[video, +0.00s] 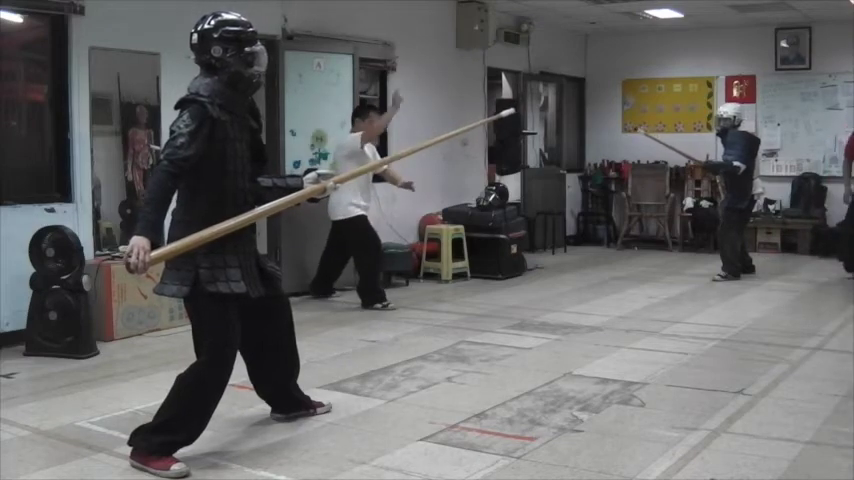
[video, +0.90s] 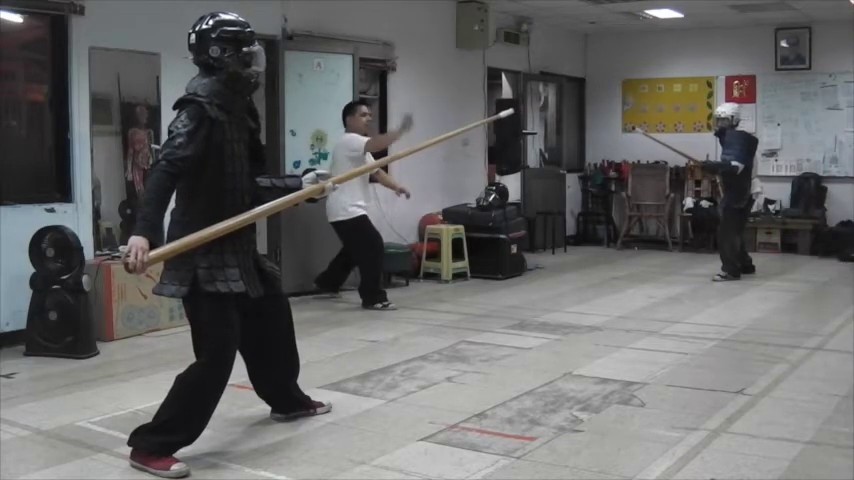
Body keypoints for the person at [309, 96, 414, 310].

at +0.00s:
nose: (379, 127)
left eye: (380, 123)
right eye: (376, 122)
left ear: (367, 123)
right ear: (363, 123)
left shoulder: (369, 150)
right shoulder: (347, 143)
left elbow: (384, 169)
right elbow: (374, 130)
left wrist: (400, 182)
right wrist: (393, 111)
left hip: (355, 208)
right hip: (345, 208)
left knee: (337, 251)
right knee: (370, 247)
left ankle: (320, 287)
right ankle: (371, 298)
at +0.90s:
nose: (369, 118)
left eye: (369, 115)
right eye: (363, 115)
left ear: (367, 119)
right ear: (349, 119)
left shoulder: (361, 147)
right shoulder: (348, 140)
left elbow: (377, 173)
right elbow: (372, 145)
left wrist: (397, 187)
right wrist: (397, 132)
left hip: (351, 208)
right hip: (345, 208)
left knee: (356, 247)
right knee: (372, 244)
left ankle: (327, 282)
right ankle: (372, 297)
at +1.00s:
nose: (361, 118)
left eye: (362, 114)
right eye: (356, 114)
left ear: (362, 120)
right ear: (342, 120)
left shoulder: (346, 143)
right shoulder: (344, 144)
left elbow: (364, 175)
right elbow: (363, 172)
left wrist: (387, 186)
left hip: (344, 208)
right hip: (344, 208)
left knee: (357, 250)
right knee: (368, 247)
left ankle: (330, 283)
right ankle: (372, 298)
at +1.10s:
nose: (353, 116)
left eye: (354, 112)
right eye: (348, 112)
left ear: (354, 117)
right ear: (335, 118)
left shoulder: (350, 145)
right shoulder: (331, 144)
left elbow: (359, 179)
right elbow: (327, 179)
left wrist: (373, 204)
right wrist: (337, 210)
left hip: (351, 210)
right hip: (336, 211)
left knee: (350, 254)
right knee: (356, 254)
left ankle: (326, 289)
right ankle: (371, 297)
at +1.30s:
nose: (340, 111)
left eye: (341, 107)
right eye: (335, 107)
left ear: (340, 111)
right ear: (322, 112)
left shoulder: (342, 139)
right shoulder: (313, 137)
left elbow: (344, 169)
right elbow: (300, 169)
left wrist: (348, 190)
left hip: (337, 202)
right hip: (316, 203)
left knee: (335, 247)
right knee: (328, 247)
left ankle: (321, 289)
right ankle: (337, 293)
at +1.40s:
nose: (331, 110)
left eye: (332, 106)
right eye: (326, 106)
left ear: (331, 109)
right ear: (313, 110)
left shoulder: (331, 136)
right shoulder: (306, 136)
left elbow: (334, 164)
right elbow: (299, 165)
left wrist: (338, 185)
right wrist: (300, 190)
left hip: (328, 189)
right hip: (311, 191)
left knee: (331, 240)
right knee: (317, 242)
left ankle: (332, 285)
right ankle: (318, 288)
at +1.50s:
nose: (322, 112)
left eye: (323, 107)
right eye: (317, 107)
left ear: (322, 110)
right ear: (304, 110)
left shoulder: (322, 139)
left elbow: (335, 171)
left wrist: (355, 180)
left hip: (320, 208)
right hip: (298, 209)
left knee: (325, 250)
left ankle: (328, 289)